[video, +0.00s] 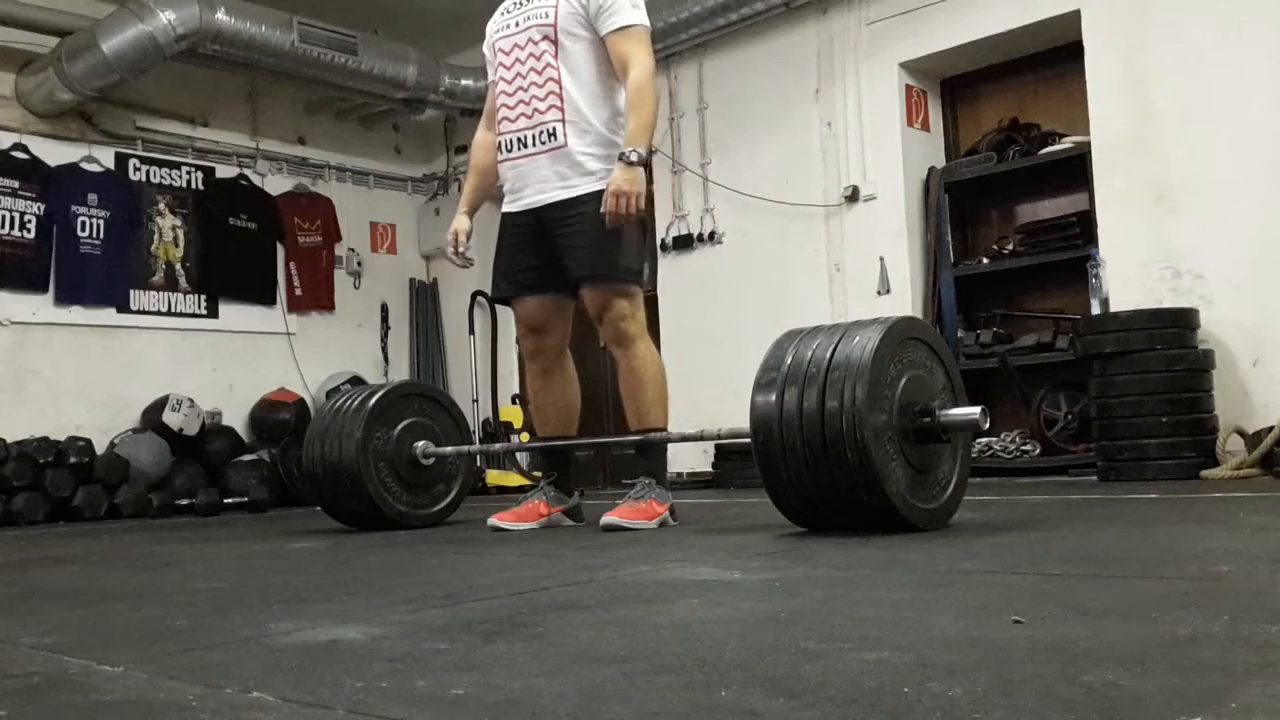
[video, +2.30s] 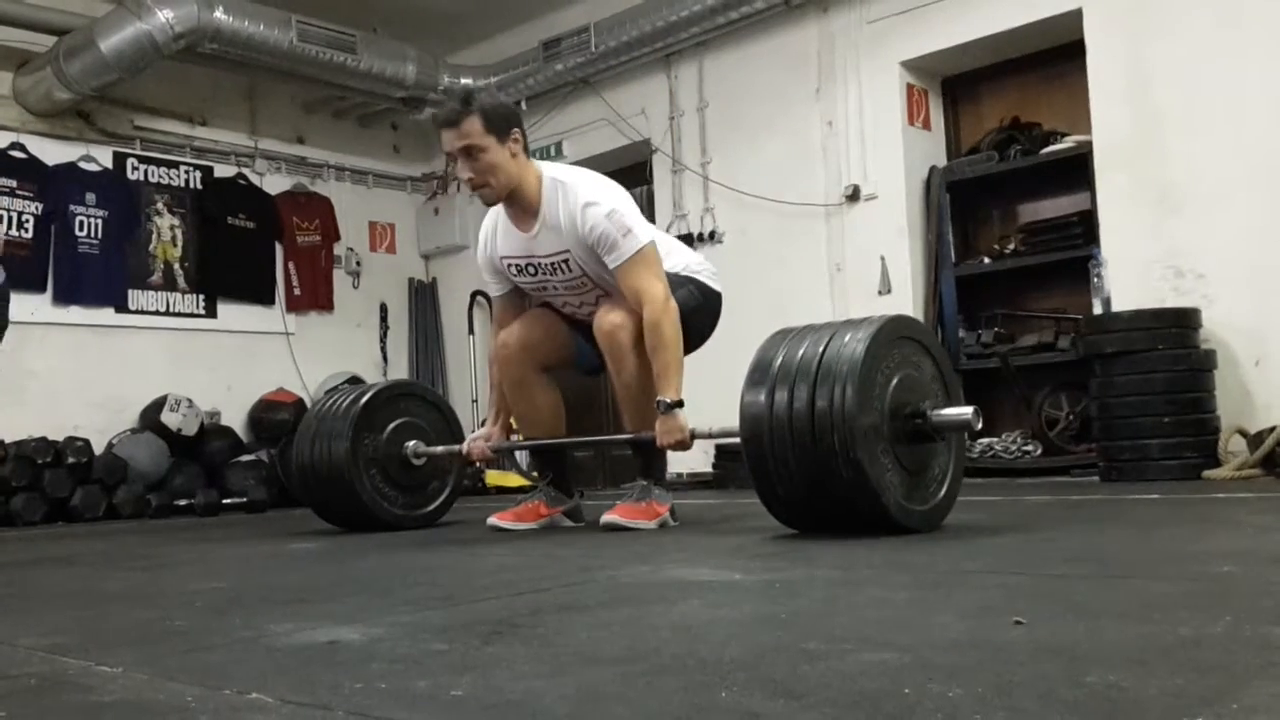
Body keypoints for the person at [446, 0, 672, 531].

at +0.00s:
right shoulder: (498, 22)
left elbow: (639, 66)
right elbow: (491, 124)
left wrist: (632, 159)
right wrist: (466, 207)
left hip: (595, 185)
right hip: (524, 201)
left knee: (621, 325)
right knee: (537, 337)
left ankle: (652, 487)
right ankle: (556, 491)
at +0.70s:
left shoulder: (607, 28)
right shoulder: (489, 40)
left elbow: (652, 133)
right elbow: (484, 145)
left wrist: (658, 240)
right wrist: (462, 231)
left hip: (619, 195)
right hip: (550, 205)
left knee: (624, 320)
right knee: (535, 330)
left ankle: (652, 486)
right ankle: (555, 490)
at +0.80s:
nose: (518, 57)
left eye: (526, 41)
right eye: (503, 45)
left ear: (552, 11)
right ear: (486, 31)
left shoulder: (607, 72)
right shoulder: (488, 72)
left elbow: (657, 187)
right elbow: (488, 167)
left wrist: (665, 303)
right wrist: (470, 256)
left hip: (629, 207)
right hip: (559, 216)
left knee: (630, 318)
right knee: (532, 332)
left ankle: (653, 488)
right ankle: (556, 491)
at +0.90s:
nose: (533, 116)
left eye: (540, 100)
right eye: (516, 106)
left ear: (557, 69)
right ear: (493, 94)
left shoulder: (608, 110)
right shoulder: (488, 111)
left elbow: (660, 231)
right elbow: (493, 192)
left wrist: (671, 346)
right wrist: (482, 279)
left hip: (640, 214)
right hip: (569, 223)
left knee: (631, 314)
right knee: (533, 332)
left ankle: (654, 487)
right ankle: (558, 491)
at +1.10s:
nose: (528, 196)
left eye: (535, 179)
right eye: (513, 188)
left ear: (549, 143)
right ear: (489, 174)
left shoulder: (606, 168)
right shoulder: (489, 169)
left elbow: (659, 289)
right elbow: (502, 229)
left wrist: (678, 404)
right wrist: (503, 318)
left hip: (656, 220)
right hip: (579, 234)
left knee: (633, 313)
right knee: (531, 337)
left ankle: (654, 488)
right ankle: (558, 492)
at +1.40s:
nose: (469, 252)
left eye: (473, 241)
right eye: (460, 246)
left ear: (499, 211)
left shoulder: (577, 199)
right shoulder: (481, 226)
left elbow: (651, 297)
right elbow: (506, 309)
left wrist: (681, 409)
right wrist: (511, 402)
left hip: (665, 210)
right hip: (586, 237)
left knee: (633, 315)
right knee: (538, 338)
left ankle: (654, 489)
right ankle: (559, 491)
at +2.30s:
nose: (465, 173)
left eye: (474, 153)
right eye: (455, 161)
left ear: (514, 144)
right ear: (450, 163)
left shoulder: (592, 204)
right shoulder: (492, 237)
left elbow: (656, 301)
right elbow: (506, 335)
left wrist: (670, 406)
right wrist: (497, 423)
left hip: (682, 294)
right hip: (596, 318)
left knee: (613, 324)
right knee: (512, 348)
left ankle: (652, 490)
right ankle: (557, 494)